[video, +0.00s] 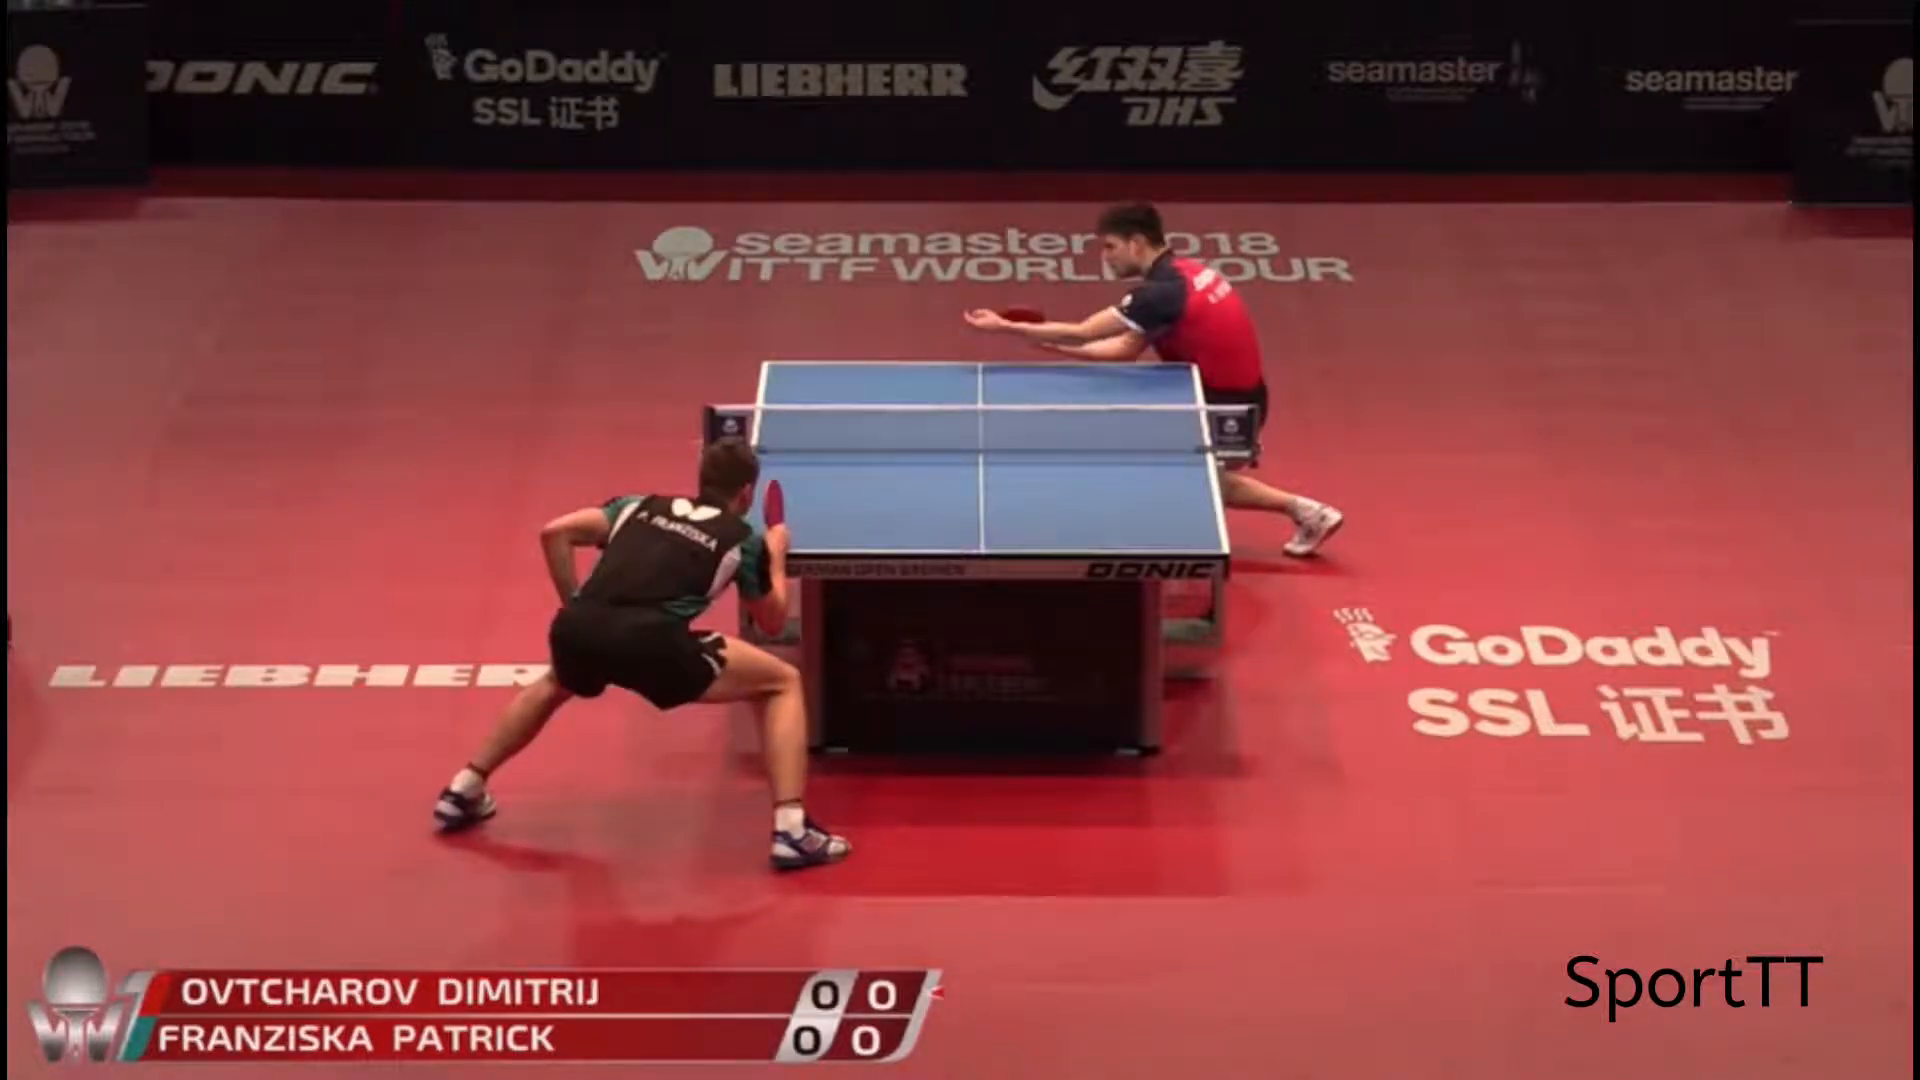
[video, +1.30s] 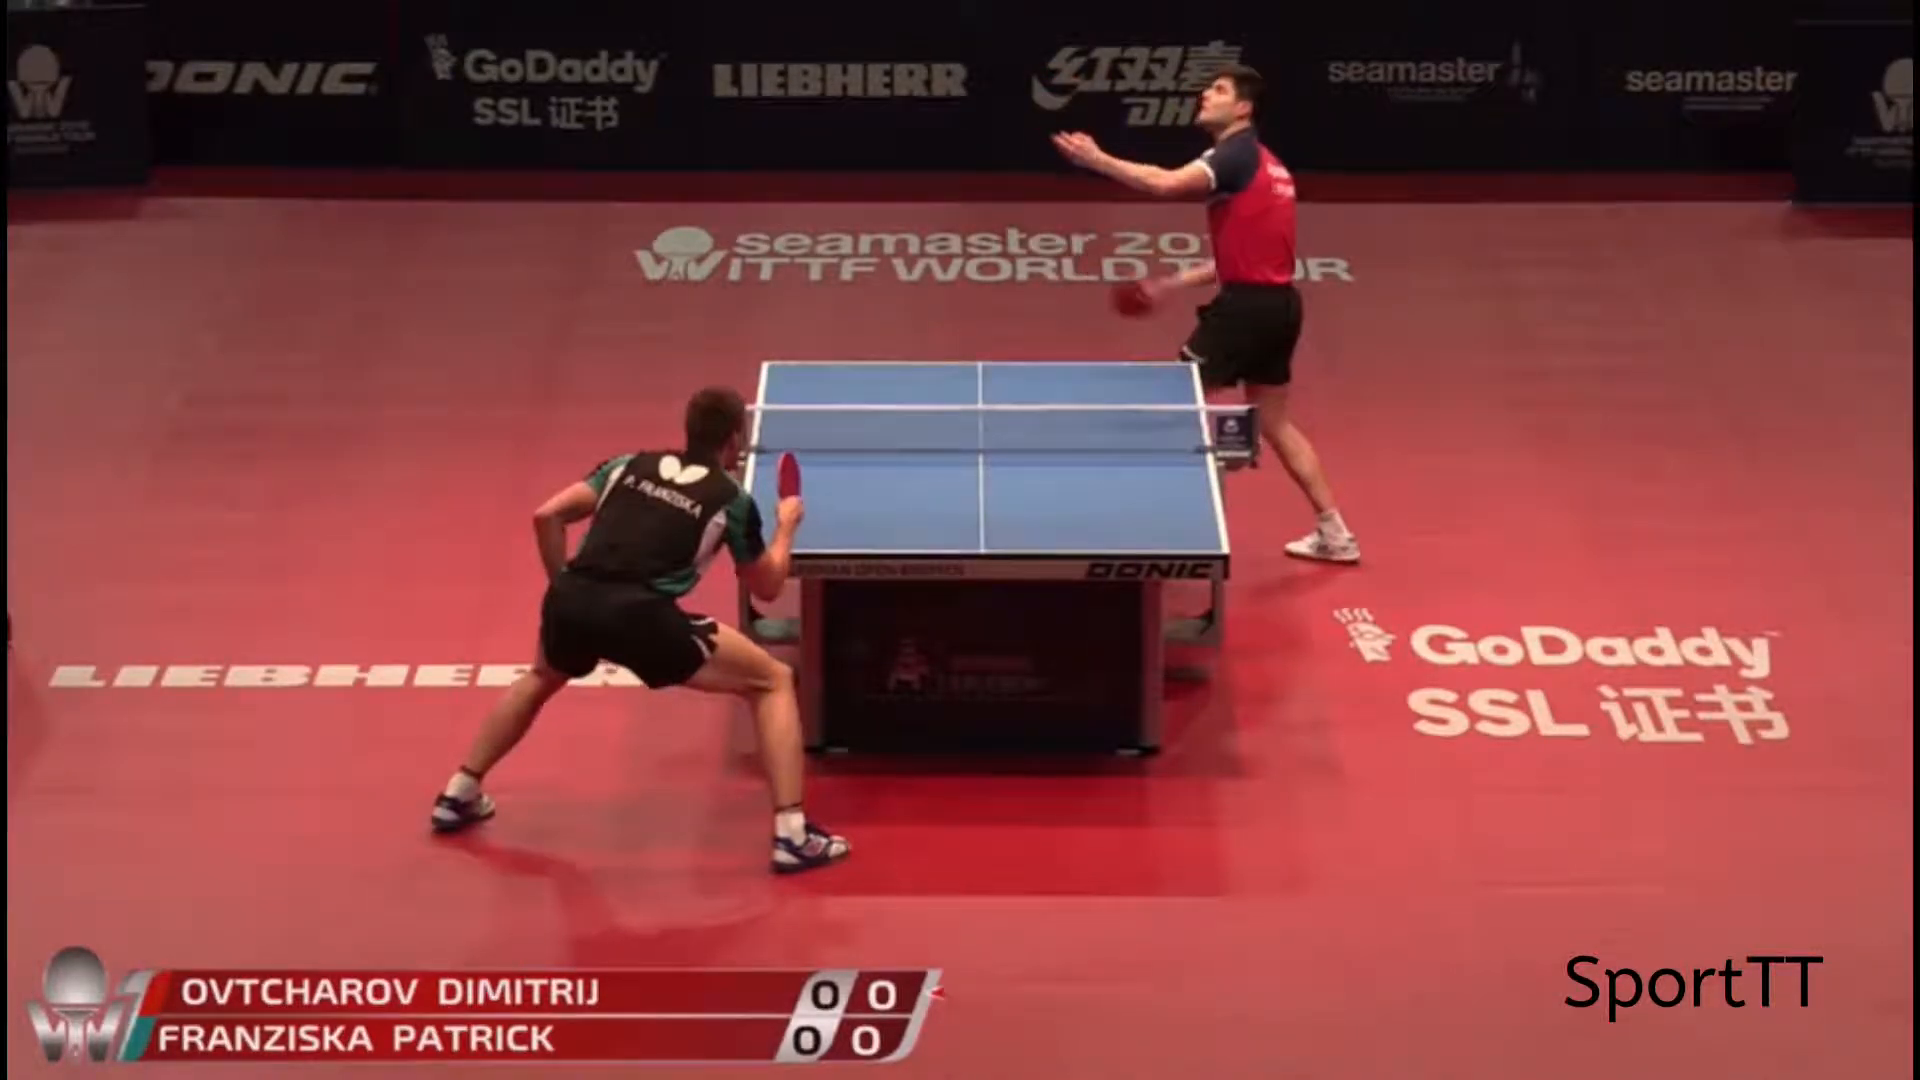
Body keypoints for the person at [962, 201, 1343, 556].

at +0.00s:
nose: (1106, 257)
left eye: (1110, 247)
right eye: (1104, 248)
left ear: (1139, 243)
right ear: (1144, 243)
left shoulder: (1165, 287)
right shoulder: (1181, 272)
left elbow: (1080, 331)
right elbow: (1125, 348)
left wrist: (1006, 325)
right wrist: (1058, 348)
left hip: (1230, 400)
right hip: (1231, 391)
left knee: (1208, 480)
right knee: (1205, 474)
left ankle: (1306, 511)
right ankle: (1304, 511)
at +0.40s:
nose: (1132, 216)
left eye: (1138, 207)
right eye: (1133, 207)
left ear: (1167, 208)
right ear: (1174, 210)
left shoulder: (1178, 262)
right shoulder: (1207, 249)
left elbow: (1098, 312)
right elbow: (1136, 323)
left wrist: (1023, 326)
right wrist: (1070, 322)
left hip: (1224, 390)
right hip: (1242, 383)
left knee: (1216, 477)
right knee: (1219, 475)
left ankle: (1311, 513)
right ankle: (1310, 515)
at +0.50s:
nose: (1145, 184)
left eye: (1154, 176)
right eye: (1147, 175)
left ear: (1180, 181)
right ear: (1182, 183)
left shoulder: (1188, 234)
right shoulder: (1210, 223)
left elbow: (1112, 276)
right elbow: (1139, 283)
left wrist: (1053, 278)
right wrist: (1070, 273)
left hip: (1223, 369)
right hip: (1238, 364)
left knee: (1230, 467)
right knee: (1232, 466)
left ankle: (1319, 516)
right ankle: (1318, 517)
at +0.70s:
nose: (1159, 139)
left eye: (1171, 131)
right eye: (1162, 131)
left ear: (1200, 142)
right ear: (1195, 143)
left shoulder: (1202, 183)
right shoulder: (1212, 189)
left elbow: (1121, 162)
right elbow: (1127, 205)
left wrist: (1063, 108)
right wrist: (1074, 151)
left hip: (1217, 337)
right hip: (1241, 336)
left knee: (1130, 410)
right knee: (1242, 445)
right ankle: (1325, 520)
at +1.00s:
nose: (1181, 110)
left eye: (1192, 103)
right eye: (1184, 101)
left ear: (1220, 117)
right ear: (1217, 120)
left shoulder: (1216, 161)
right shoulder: (1229, 165)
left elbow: (1136, 155)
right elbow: (1144, 192)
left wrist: (1068, 115)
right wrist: (1088, 137)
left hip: (1225, 315)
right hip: (1253, 315)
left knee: (1145, 406)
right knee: (1250, 430)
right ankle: (1330, 525)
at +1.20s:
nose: (1198, 101)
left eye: (1210, 94)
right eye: (1201, 93)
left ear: (1238, 109)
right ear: (1236, 113)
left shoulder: (1232, 155)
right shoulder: (1258, 162)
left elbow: (1155, 177)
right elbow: (1204, 243)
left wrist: (1085, 146)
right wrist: (1124, 240)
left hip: (1237, 307)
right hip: (1272, 307)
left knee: (1162, 403)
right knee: (1267, 425)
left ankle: (1162, 528)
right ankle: (1334, 530)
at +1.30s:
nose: (1204, 98)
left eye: (1216, 92)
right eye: (1208, 90)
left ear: (1244, 107)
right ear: (1242, 111)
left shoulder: (1237, 154)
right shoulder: (1268, 161)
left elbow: (1168, 183)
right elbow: (1242, 255)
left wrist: (1097, 159)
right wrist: (1168, 283)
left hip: (1241, 305)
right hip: (1279, 304)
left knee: (1172, 406)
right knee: (1274, 420)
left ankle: (1166, 530)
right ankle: (1334, 529)